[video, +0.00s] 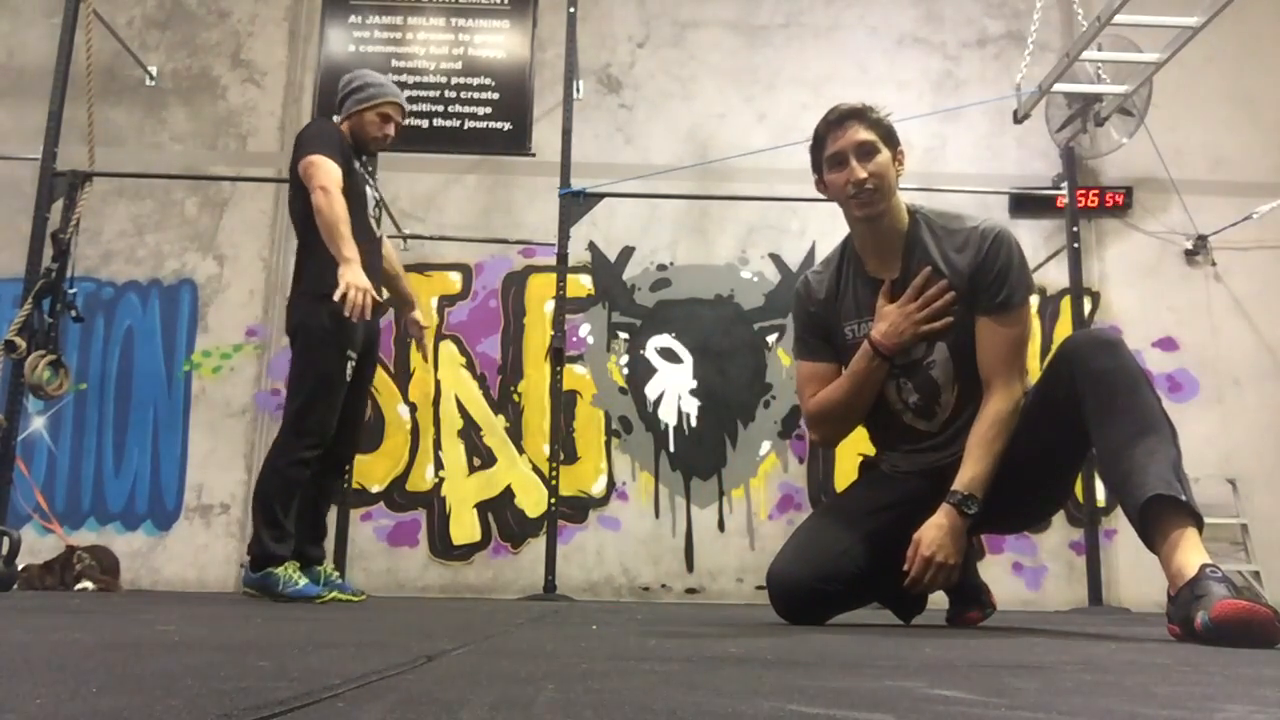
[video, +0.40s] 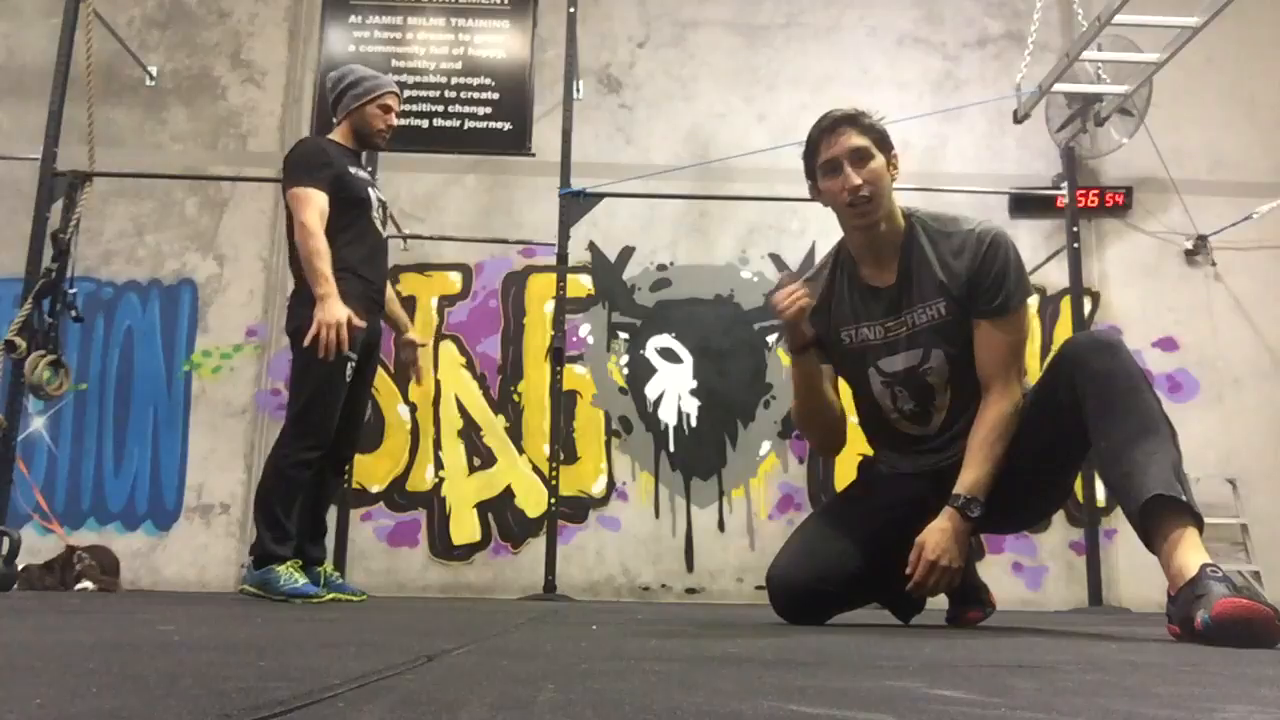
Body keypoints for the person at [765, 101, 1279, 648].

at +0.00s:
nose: (855, 171)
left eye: (867, 153)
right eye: (836, 163)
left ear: (897, 162)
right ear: (823, 185)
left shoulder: (984, 249)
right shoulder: (818, 290)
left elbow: (1004, 392)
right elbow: (822, 425)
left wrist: (958, 507)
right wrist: (879, 347)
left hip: (1000, 466)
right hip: (903, 483)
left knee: (1097, 348)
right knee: (794, 590)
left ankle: (1192, 578)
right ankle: (947, 558)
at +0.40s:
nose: (851, 179)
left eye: (862, 159)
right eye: (831, 170)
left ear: (891, 167)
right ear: (817, 192)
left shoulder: (978, 251)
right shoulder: (814, 295)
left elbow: (1003, 393)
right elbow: (826, 440)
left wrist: (961, 510)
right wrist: (801, 352)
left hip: (998, 467)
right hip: (901, 483)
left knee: (1098, 350)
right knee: (794, 591)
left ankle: (1192, 577)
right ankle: (948, 560)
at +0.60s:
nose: (842, 187)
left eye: (852, 166)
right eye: (822, 178)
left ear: (885, 172)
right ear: (808, 199)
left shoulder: (972, 252)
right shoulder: (803, 310)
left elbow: (1006, 389)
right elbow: (844, 450)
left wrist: (961, 506)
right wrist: (811, 406)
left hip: (997, 466)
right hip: (900, 484)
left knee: (1099, 352)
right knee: (794, 589)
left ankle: (1192, 576)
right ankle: (946, 560)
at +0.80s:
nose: (830, 203)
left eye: (839, 180)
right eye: (810, 194)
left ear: (873, 182)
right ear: (797, 215)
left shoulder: (965, 251)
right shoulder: (803, 326)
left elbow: (1019, 374)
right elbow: (835, 433)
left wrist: (947, 448)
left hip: (999, 464)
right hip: (902, 490)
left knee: (1110, 352)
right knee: (794, 590)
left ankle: (1193, 575)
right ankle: (944, 559)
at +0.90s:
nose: (825, 207)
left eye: (833, 185)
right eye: (804, 200)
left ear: (866, 185)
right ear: (793, 222)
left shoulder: (960, 246)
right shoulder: (802, 334)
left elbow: (1033, 363)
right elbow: (837, 444)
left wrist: (965, 453)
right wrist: (889, 490)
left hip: (1011, 463)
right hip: (909, 489)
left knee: (1118, 351)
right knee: (796, 590)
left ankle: (1195, 574)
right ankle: (947, 559)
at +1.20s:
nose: (825, 216)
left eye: (832, 193)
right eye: (804, 211)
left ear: (865, 190)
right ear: (795, 233)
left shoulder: (963, 246)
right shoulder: (805, 336)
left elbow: (1054, 356)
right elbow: (842, 451)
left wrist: (1006, 465)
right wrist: (918, 506)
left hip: (1022, 468)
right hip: (916, 498)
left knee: (1137, 351)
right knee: (797, 590)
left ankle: (1199, 575)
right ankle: (947, 562)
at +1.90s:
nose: (841, 225)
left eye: (848, 201)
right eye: (818, 219)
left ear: (880, 197)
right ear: (807, 239)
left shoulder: (983, 257)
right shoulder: (813, 334)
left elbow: (1052, 372)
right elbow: (847, 455)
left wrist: (998, 481)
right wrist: (927, 521)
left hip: (1026, 471)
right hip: (919, 495)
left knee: (1130, 348)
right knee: (798, 591)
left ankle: (1196, 576)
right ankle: (946, 563)